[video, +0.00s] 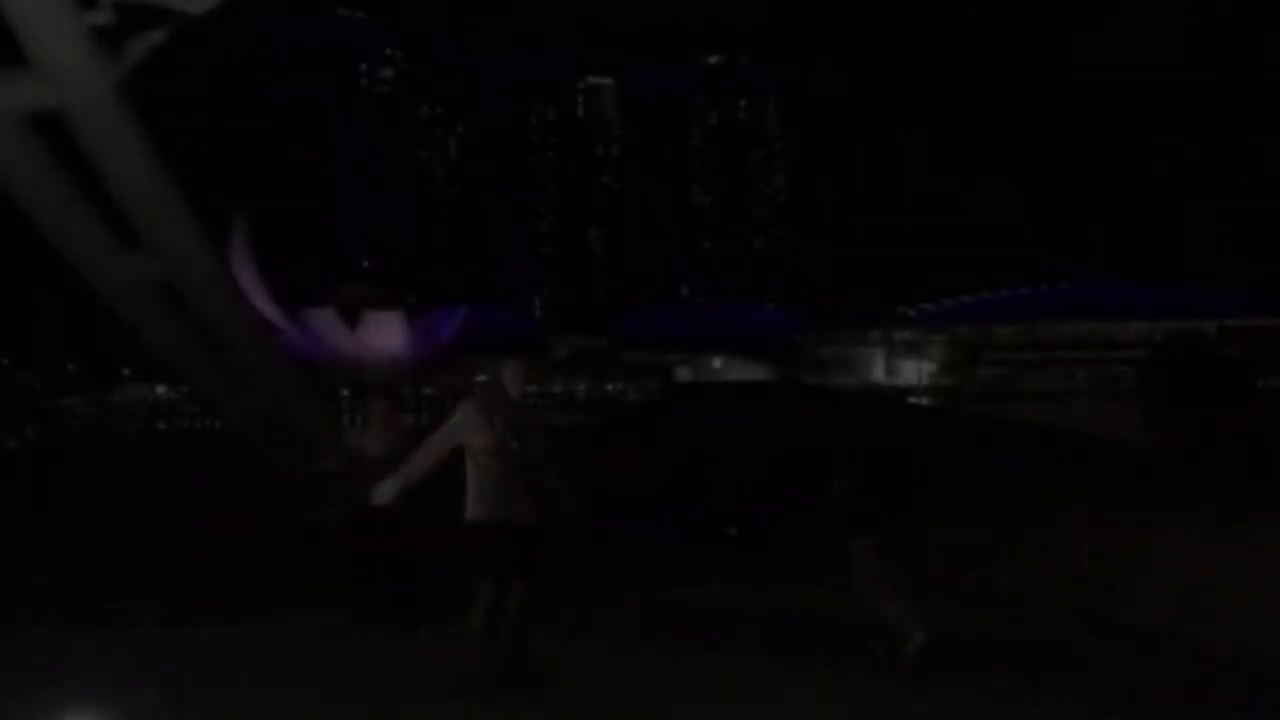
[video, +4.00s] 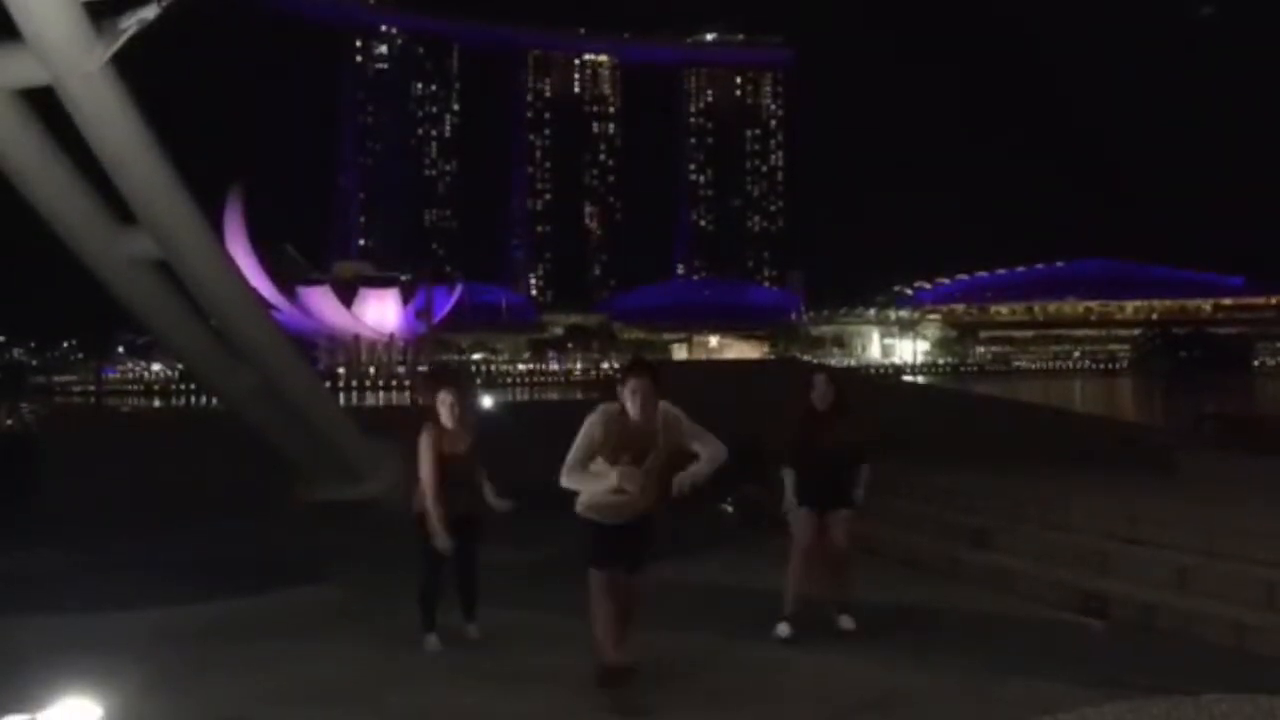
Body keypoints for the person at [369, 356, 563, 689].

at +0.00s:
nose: (523, 380)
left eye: (526, 372)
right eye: (517, 371)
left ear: (530, 376)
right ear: (501, 372)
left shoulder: (524, 414)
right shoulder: (477, 411)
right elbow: (433, 451)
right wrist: (395, 484)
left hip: (519, 521)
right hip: (483, 523)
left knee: (517, 594)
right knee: (485, 595)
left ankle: (513, 662)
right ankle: (478, 664)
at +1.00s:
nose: (545, 376)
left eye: (550, 369)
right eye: (538, 370)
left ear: (559, 375)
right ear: (526, 377)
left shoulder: (580, 416)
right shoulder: (513, 421)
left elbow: (599, 465)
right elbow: (496, 474)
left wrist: (570, 496)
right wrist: (499, 524)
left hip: (574, 526)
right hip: (532, 526)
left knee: (573, 599)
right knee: (537, 601)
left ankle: (562, 670)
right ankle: (538, 674)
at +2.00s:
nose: (628, 433)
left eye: (634, 425)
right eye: (621, 425)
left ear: (644, 426)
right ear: (609, 426)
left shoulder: (659, 453)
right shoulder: (594, 457)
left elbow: (688, 489)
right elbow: (532, 469)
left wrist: (639, 474)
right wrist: (578, 464)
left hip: (635, 545)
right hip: (595, 542)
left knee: (657, 605)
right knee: (630, 601)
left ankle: (605, 656)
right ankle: (624, 695)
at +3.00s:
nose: (597, 394)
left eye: (604, 386)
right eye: (592, 387)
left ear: (618, 390)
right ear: (585, 392)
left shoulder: (641, 419)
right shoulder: (579, 421)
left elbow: (700, 426)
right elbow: (523, 446)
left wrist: (651, 440)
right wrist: (574, 448)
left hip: (642, 509)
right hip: (602, 516)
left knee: (631, 564)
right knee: (603, 584)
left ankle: (630, 651)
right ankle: (620, 642)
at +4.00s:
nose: (639, 400)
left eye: (646, 393)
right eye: (633, 393)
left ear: (656, 394)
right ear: (621, 394)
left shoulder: (668, 418)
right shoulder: (602, 420)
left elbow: (714, 451)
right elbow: (569, 475)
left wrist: (689, 476)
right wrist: (612, 479)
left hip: (641, 515)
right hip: (600, 516)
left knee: (631, 587)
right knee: (604, 586)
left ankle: (620, 654)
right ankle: (609, 661)